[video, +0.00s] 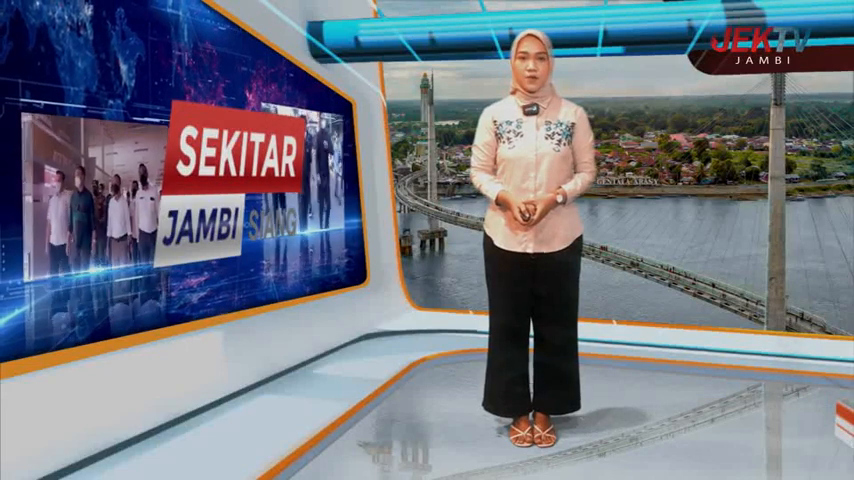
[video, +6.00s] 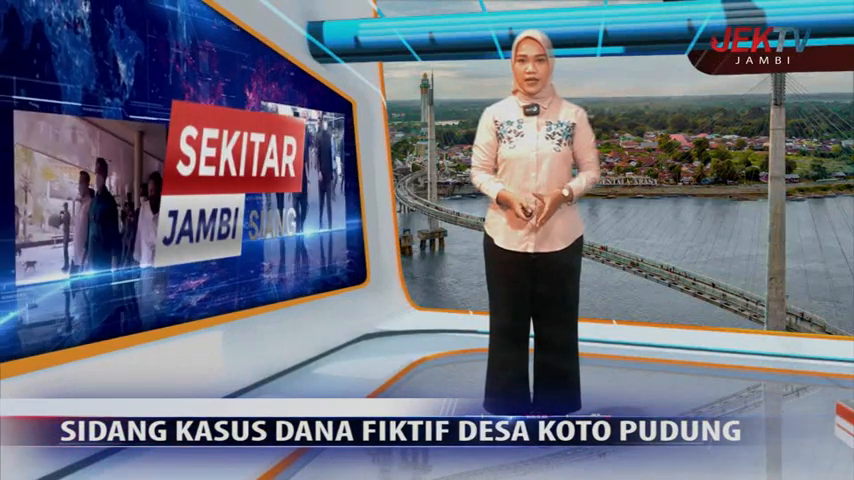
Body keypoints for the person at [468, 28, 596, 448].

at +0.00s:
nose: (532, 65)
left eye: (540, 58)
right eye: (523, 57)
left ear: (551, 64)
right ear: (512, 63)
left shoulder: (573, 115)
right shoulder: (493, 115)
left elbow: (587, 172)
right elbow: (479, 171)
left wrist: (555, 198)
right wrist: (506, 198)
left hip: (558, 241)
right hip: (505, 241)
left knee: (554, 328)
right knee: (510, 328)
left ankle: (543, 413)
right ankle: (519, 414)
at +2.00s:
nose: (531, 67)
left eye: (540, 59)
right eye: (523, 59)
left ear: (552, 65)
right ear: (513, 65)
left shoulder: (573, 116)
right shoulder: (494, 116)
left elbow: (587, 173)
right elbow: (480, 171)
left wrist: (553, 198)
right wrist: (507, 200)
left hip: (558, 243)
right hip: (506, 244)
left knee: (558, 338)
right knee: (507, 336)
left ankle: (558, 422)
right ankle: (506, 423)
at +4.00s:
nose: (531, 67)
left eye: (539, 59)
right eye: (523, 59)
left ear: (551, 64)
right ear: (513, 65)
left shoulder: (573, 116)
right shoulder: (494, 116)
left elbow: (587, 174)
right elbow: (480, 172)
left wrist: (553, 199)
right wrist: (508, 201)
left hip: (559, 243)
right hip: (506, 244)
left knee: (558, 339)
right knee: (507, 337)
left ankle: (558, 423)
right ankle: (506, 423)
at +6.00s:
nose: (531, 67)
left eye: (539, 59)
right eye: (523, 60)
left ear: (551, 65)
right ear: (512, 66)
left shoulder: (573, 116)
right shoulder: (494, 116)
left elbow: (591, 171)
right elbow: (480, 171)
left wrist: (561, 194)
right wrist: (507, 197)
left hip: (559, 243)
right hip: (506, 244)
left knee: (558, 337)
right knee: (507, 336)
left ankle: (558, 422)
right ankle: (506, 423)